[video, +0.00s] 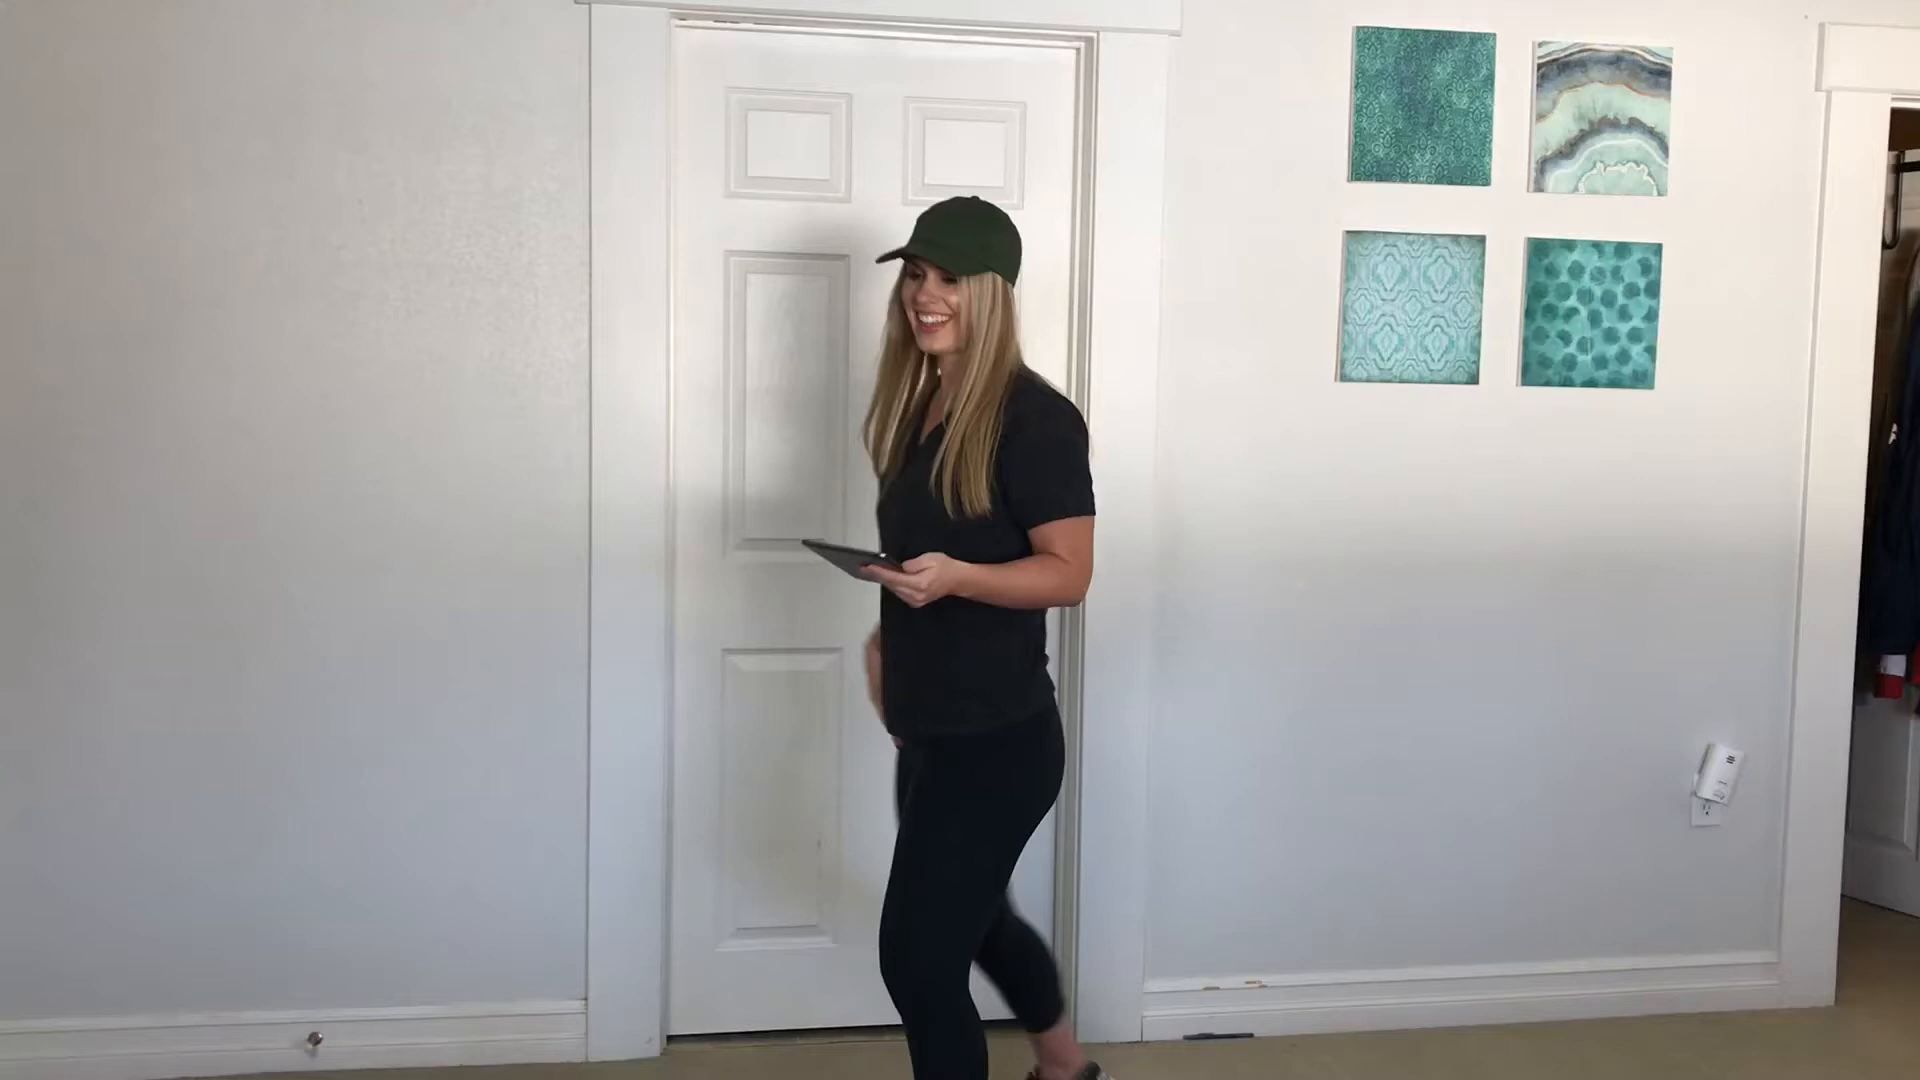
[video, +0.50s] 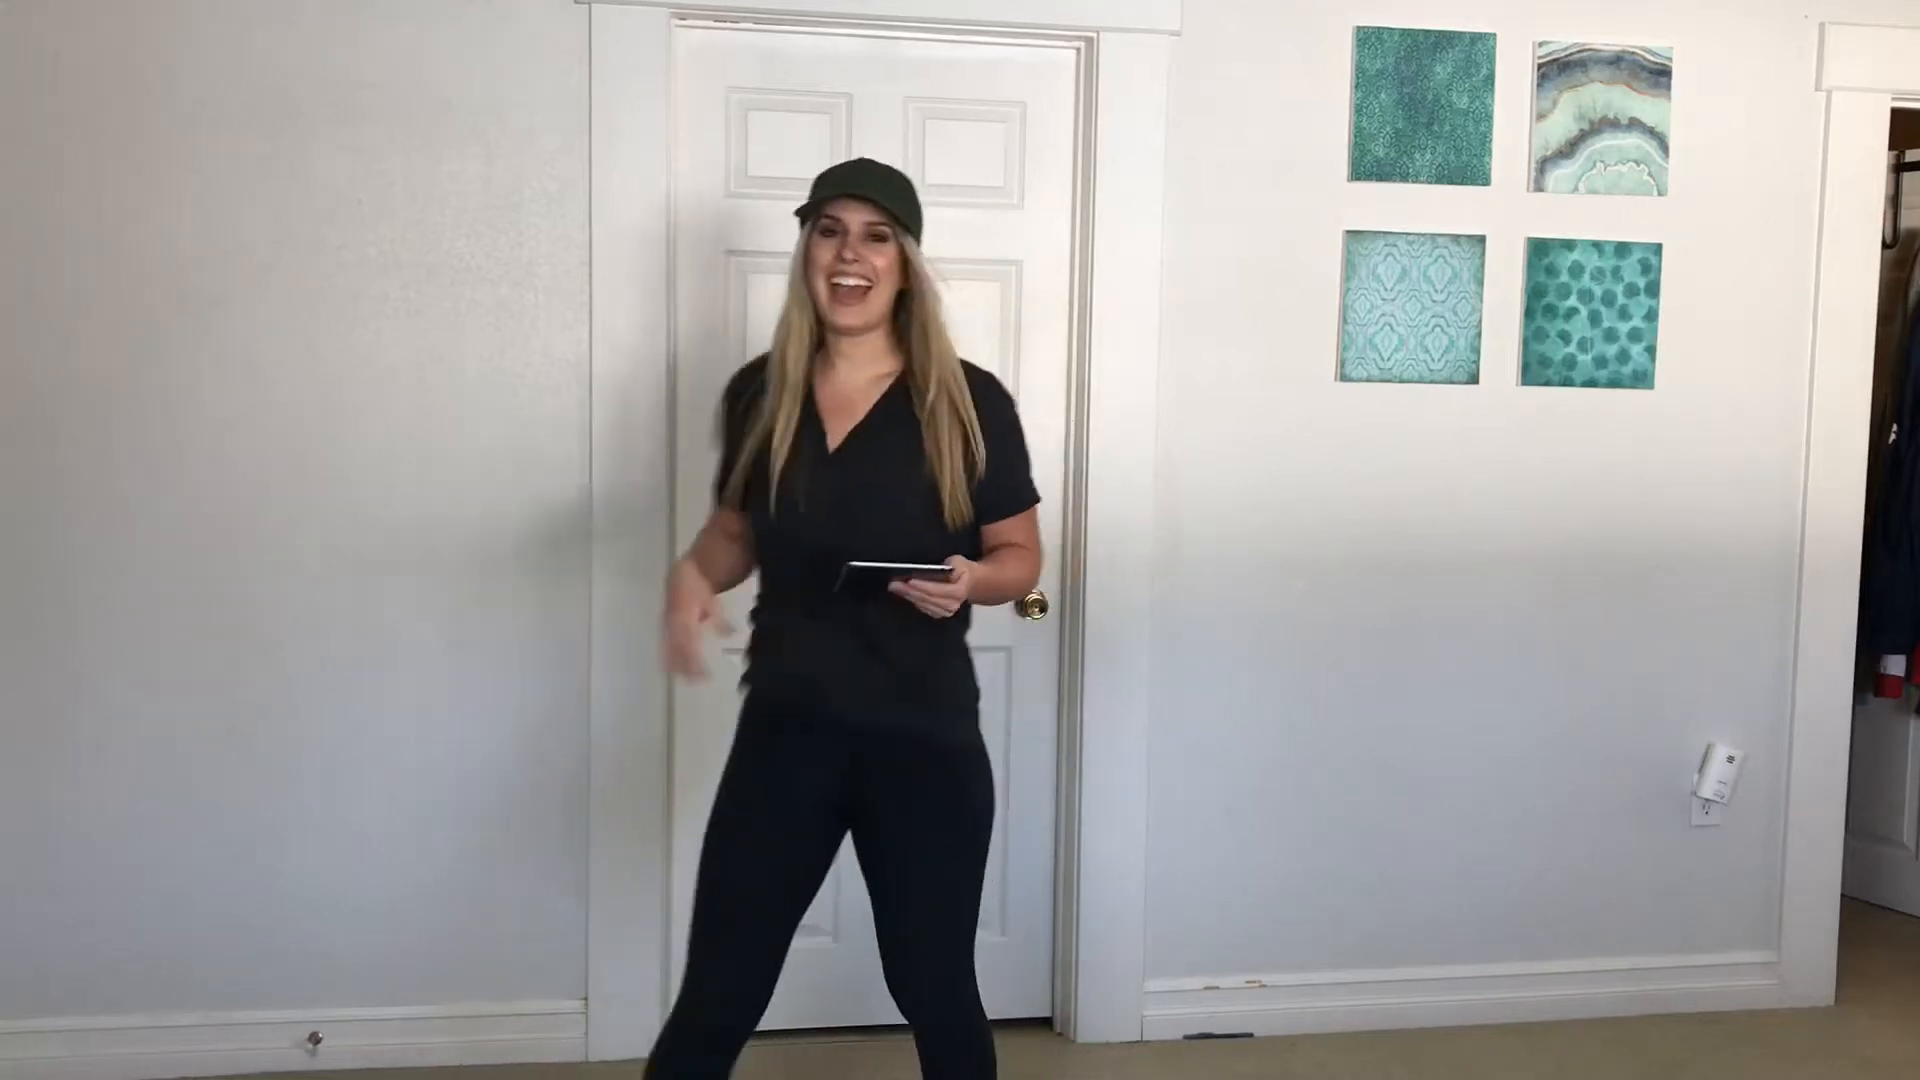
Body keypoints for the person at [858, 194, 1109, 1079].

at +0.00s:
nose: (923, 295)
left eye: (946, 278)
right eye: (914, 276)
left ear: (991, 293)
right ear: (903, 289)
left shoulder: (1038, 417)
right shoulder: (917, 408)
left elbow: (1071, 577)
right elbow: (919, 548)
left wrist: (958, 577)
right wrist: (880, 638)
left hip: (1001, 729)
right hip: (927, 720)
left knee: (917, 957)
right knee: (978, 914)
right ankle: (1063, 1061)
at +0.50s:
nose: (849, 256)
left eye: (876, 238)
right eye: (830, 234)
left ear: (907, 262)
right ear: (805, 253)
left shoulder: (966, 397)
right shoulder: (762, 392)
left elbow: (1021, 558)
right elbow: (738, 527)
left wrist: (973, 582)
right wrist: (693, 572)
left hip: (922, 737)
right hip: (787, 731)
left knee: (934, 987)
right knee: (720, 994)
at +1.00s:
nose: (686, 230)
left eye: (712, 211)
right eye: (662, 206)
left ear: (738, 235)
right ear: (627, 224)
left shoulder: (778, 387)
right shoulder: (561, 360)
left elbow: (771, 555)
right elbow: (499, 526)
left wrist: (876, 557)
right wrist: (600, 426)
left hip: (754, 757)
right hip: (598, 761)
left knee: (825, 1007)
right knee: (606, 1045)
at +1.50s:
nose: (665, 208)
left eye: (688, 187)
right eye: (636, 185)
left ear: (712, 216)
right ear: (597, 211)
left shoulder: (767, 370)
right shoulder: (527, 377)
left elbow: (790, 559)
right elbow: (464, 578)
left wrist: (866, 538)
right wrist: (488, 753)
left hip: (769, 764)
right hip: (603, 777)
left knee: (846, 1027)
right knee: (609, 1056)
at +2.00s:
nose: (902, 254)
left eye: (926, 235)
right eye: (878, 233)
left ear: (954, 258)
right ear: (843, 251)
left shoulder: (1014, 407)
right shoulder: (780, 406)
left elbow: (1049, 597)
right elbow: (745, 587)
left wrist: (1083, 585)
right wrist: (775, 678)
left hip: (990, 784)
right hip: (831, 786)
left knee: (1021, 1049)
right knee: (747, 1056)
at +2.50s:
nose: (1059, 283)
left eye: (1082, 262)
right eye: (1038, 259)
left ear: (1109, 275)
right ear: (1003, 268)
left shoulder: (1166, 415)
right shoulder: (938, 404)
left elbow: (1189, 610)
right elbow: (893, 581)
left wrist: (1156, 548)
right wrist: (974, 546)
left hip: (1112, 789)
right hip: (955, 781)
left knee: (1090, 1056)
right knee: (868, 1056)